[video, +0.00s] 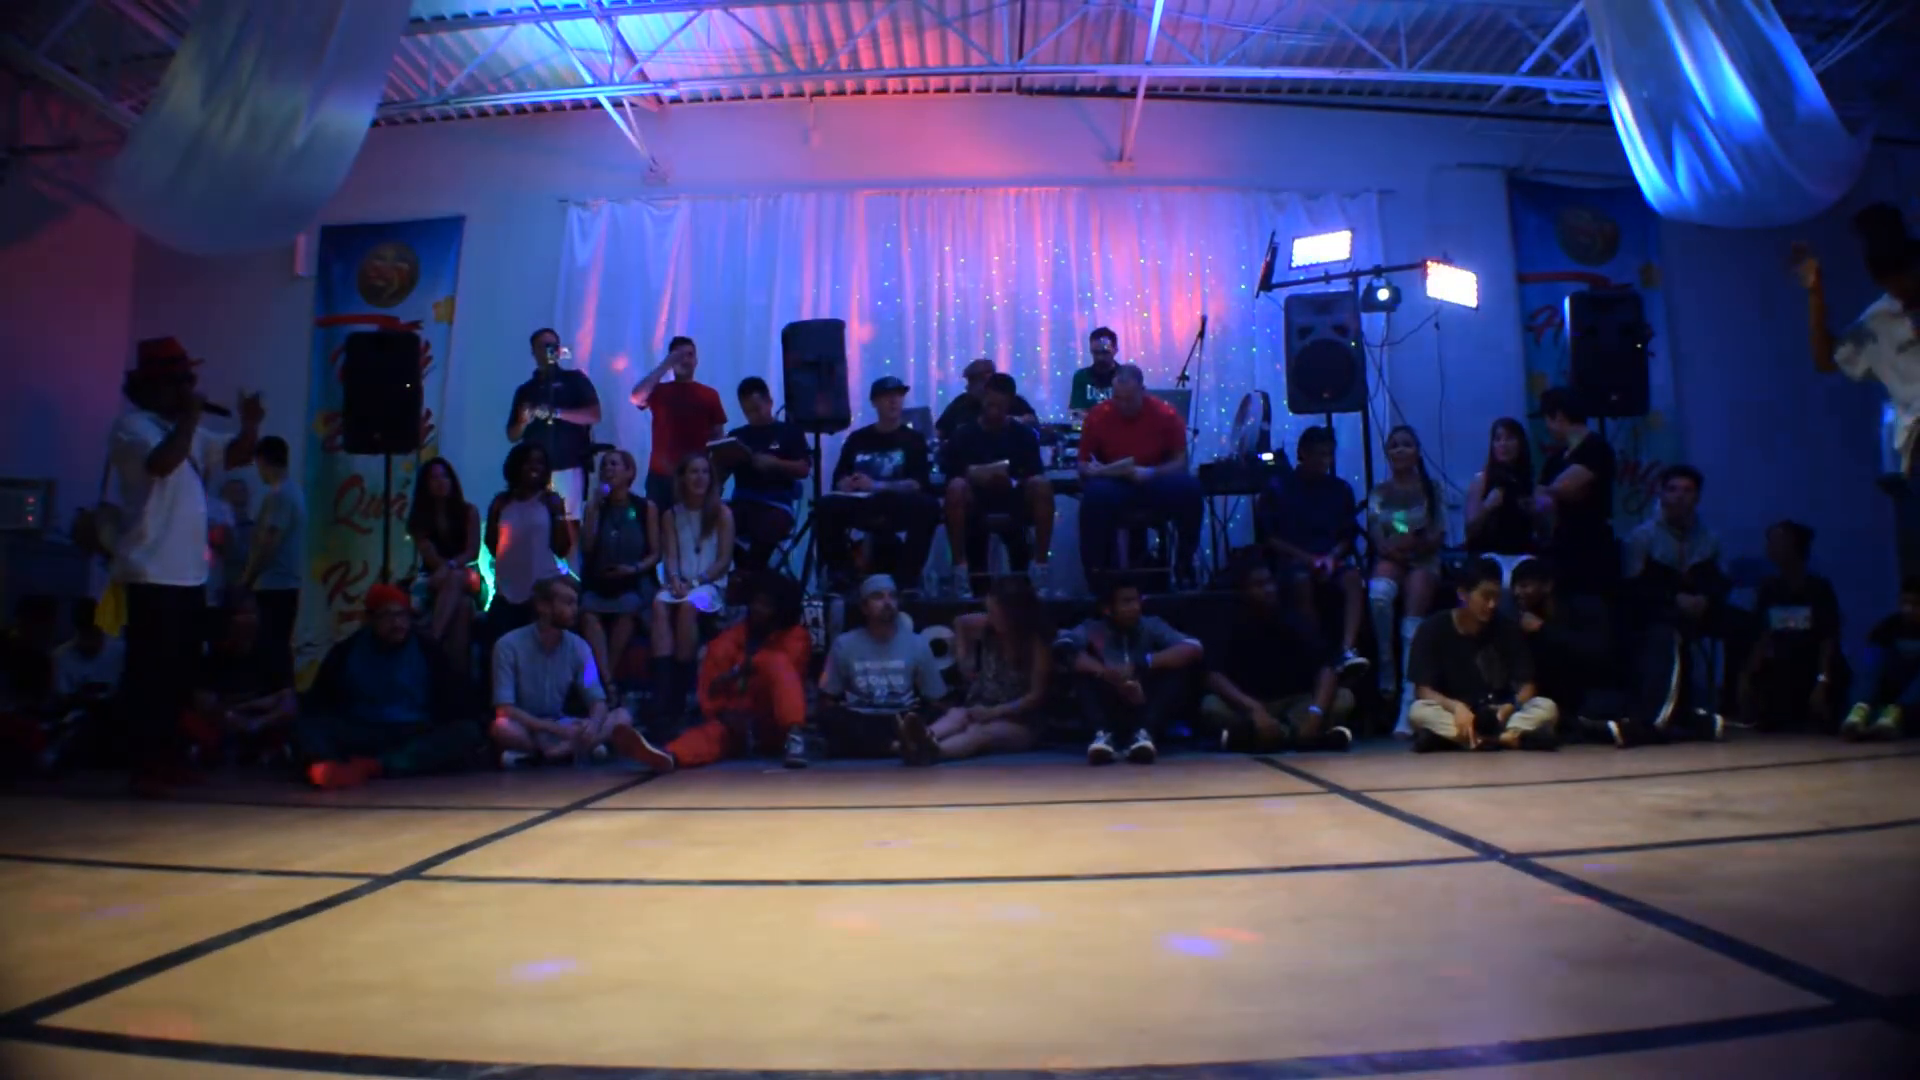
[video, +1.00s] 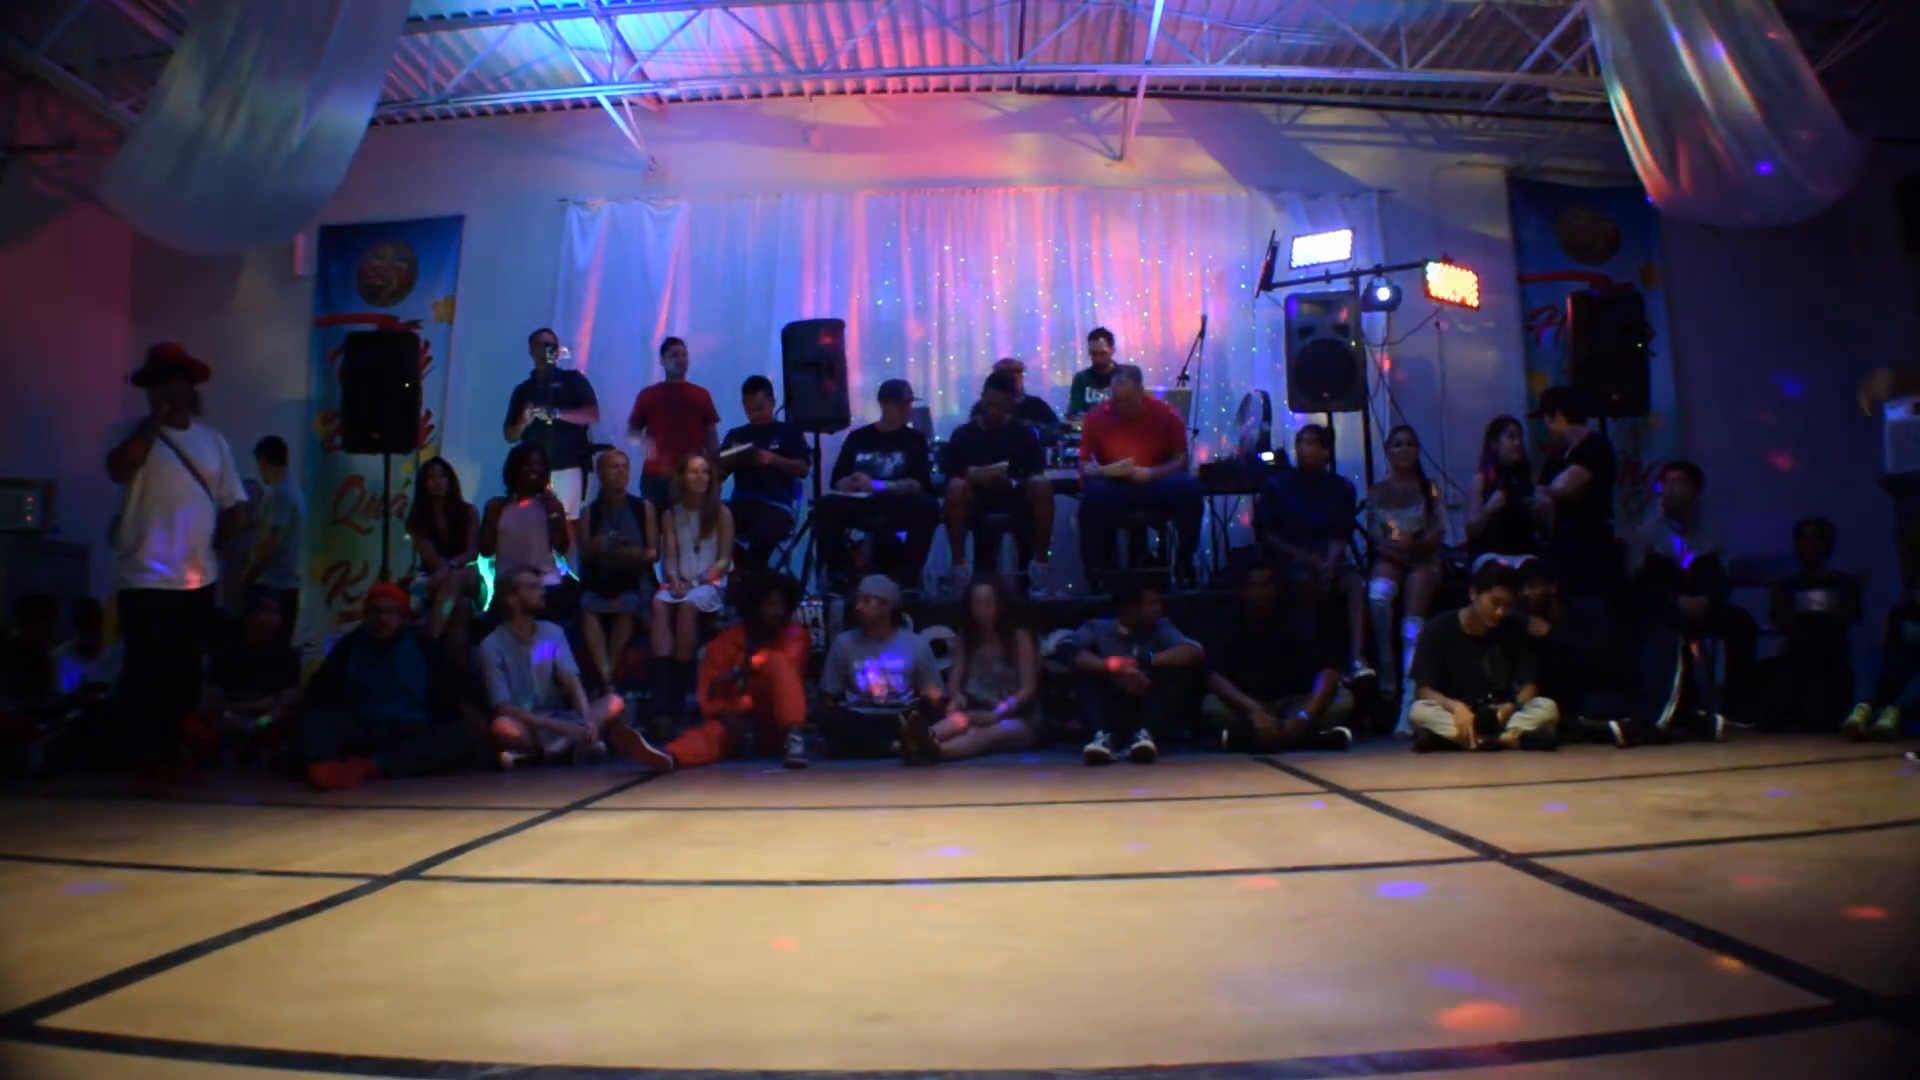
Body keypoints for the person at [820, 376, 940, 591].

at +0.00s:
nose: (894, 403)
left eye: (897, 397)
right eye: (887, 398)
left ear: (903, 401)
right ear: (875, 403)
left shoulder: (914, 439)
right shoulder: (857, 439)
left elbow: (919, 483)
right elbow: (838, 481)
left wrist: (874, 485)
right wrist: (847, 484)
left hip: (897, 501)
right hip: (860, 501)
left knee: (927, 508)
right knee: (826, 506)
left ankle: (907, 580)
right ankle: (840, 578)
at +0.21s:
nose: (895, 404)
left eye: (899, 399)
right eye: (888, 399)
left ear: (903, 402)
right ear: (875, 402)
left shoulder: (913, 439)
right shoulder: (856, 439)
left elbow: (918, 483)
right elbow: (837, 482)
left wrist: (874, 485)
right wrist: (847, 484)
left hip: (897, 501)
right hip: (860, 502)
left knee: (928, 508)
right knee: (826, 506)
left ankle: (908, 579)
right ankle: (840, 577)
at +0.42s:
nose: (899, 407)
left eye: (903, 402)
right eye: (893, 402)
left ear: (906, 404)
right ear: (878, 403)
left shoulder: (913, 439)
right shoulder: (856, 439)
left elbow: (918, 483)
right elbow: (837, 482)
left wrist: (875, 485)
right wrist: (850, 484)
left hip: (898, 502)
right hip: (860, 502)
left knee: (928, 508)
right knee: (825, 506)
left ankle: (909, 578)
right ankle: (840, 577)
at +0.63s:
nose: (905, 409)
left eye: (908, 403)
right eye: (899, 403)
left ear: (910, 406)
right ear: (882, 404)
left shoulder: (915, 440)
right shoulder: (857, 438)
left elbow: (918, 484)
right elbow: (838, 482)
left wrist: (876, 486)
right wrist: (851, 485)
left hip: (897, 502)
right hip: (860, 502)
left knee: (927, 508)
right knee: (826, 507)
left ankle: (909, 579)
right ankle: (840, 576)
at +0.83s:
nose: (909, 409)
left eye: (910, 403)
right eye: (903, 403)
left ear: (912, 406)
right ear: (885, 404)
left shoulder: (915, 440)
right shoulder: (857, 438)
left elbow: (918, 485)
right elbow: (837, 481)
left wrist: (874, 485)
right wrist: (852, 485)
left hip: (898, 503)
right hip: (860, 503)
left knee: (927, 509)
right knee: (826, 506)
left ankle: (909, 580)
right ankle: (839, 576)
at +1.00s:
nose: (909, 408)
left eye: (910, 403)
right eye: (904, 403)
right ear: (886, 405)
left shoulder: (915, 440)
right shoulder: (857, 438)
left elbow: (919, 484)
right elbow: (836, 482)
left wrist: (875, 485)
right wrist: (851, 483)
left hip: (898, 503)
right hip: (860, 503)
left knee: (927, 508)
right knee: (825, 507)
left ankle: (910, 579)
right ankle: (839, 576)